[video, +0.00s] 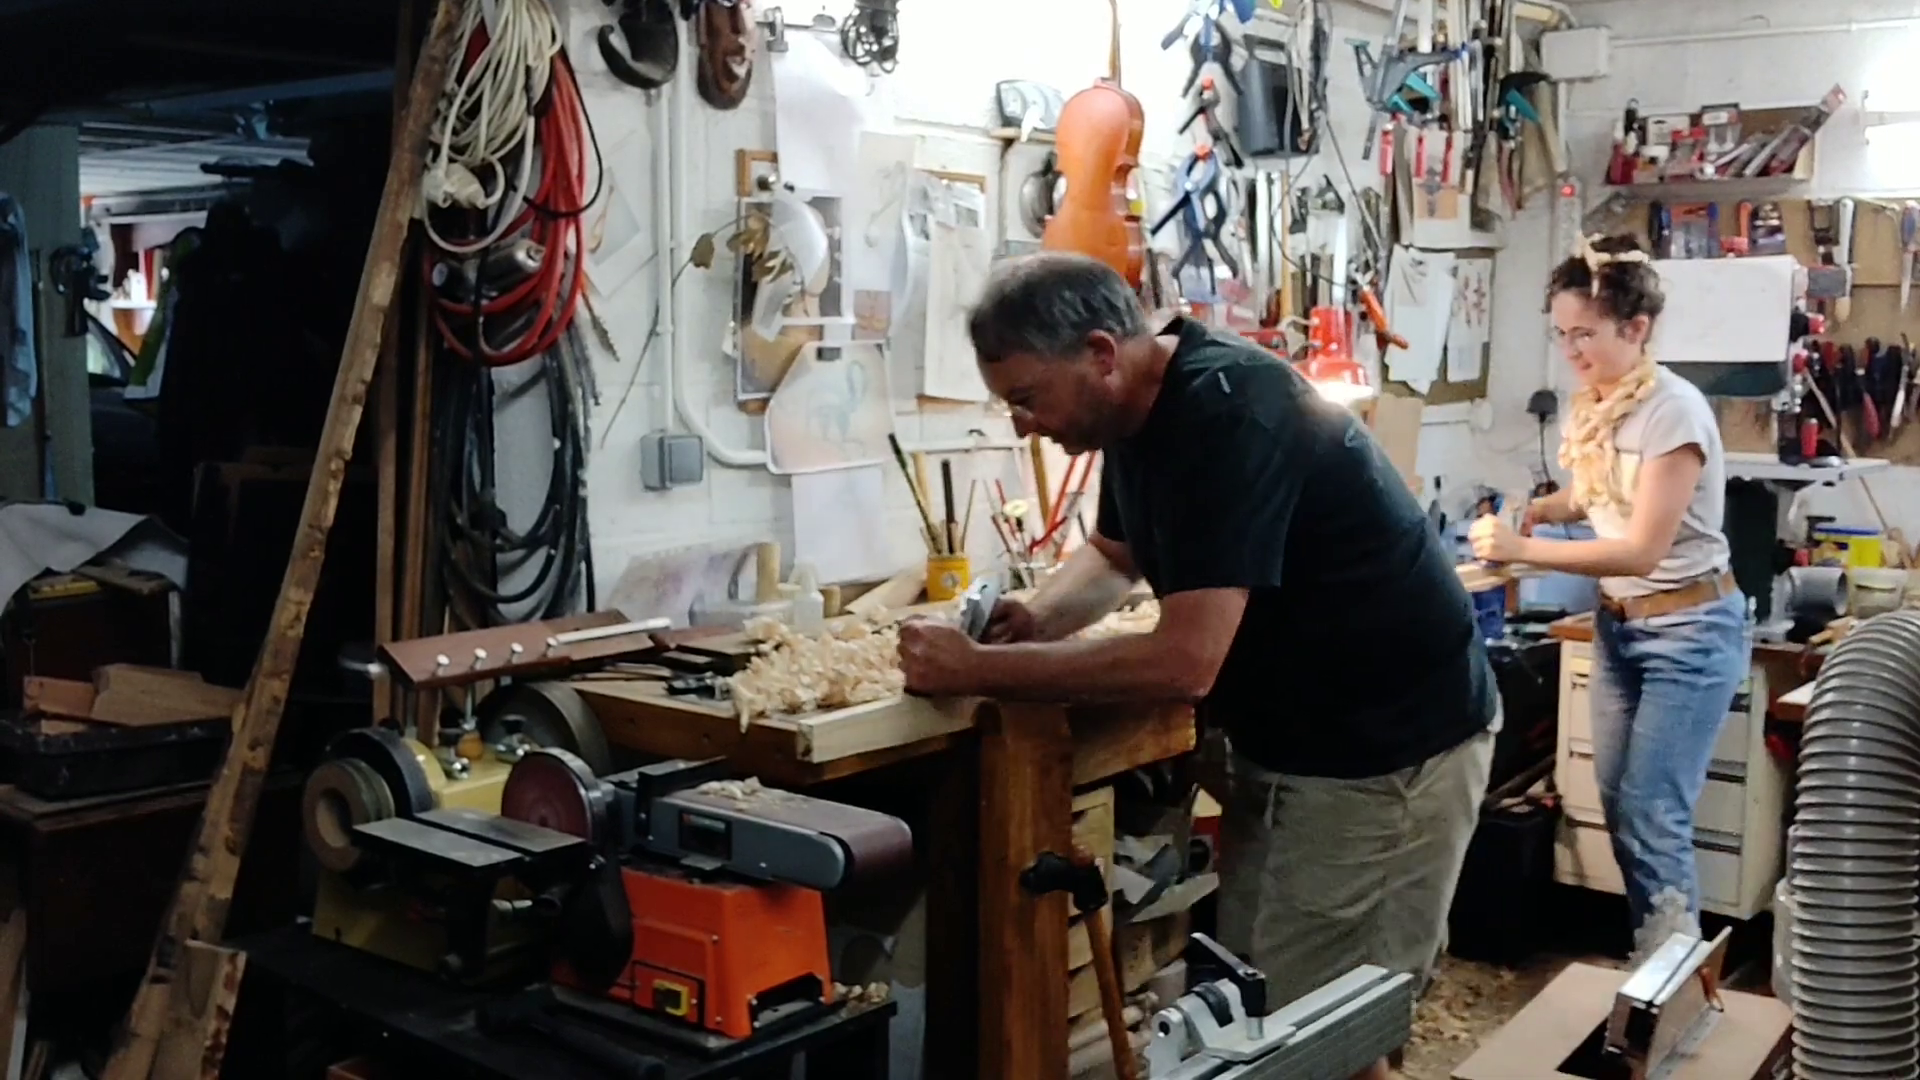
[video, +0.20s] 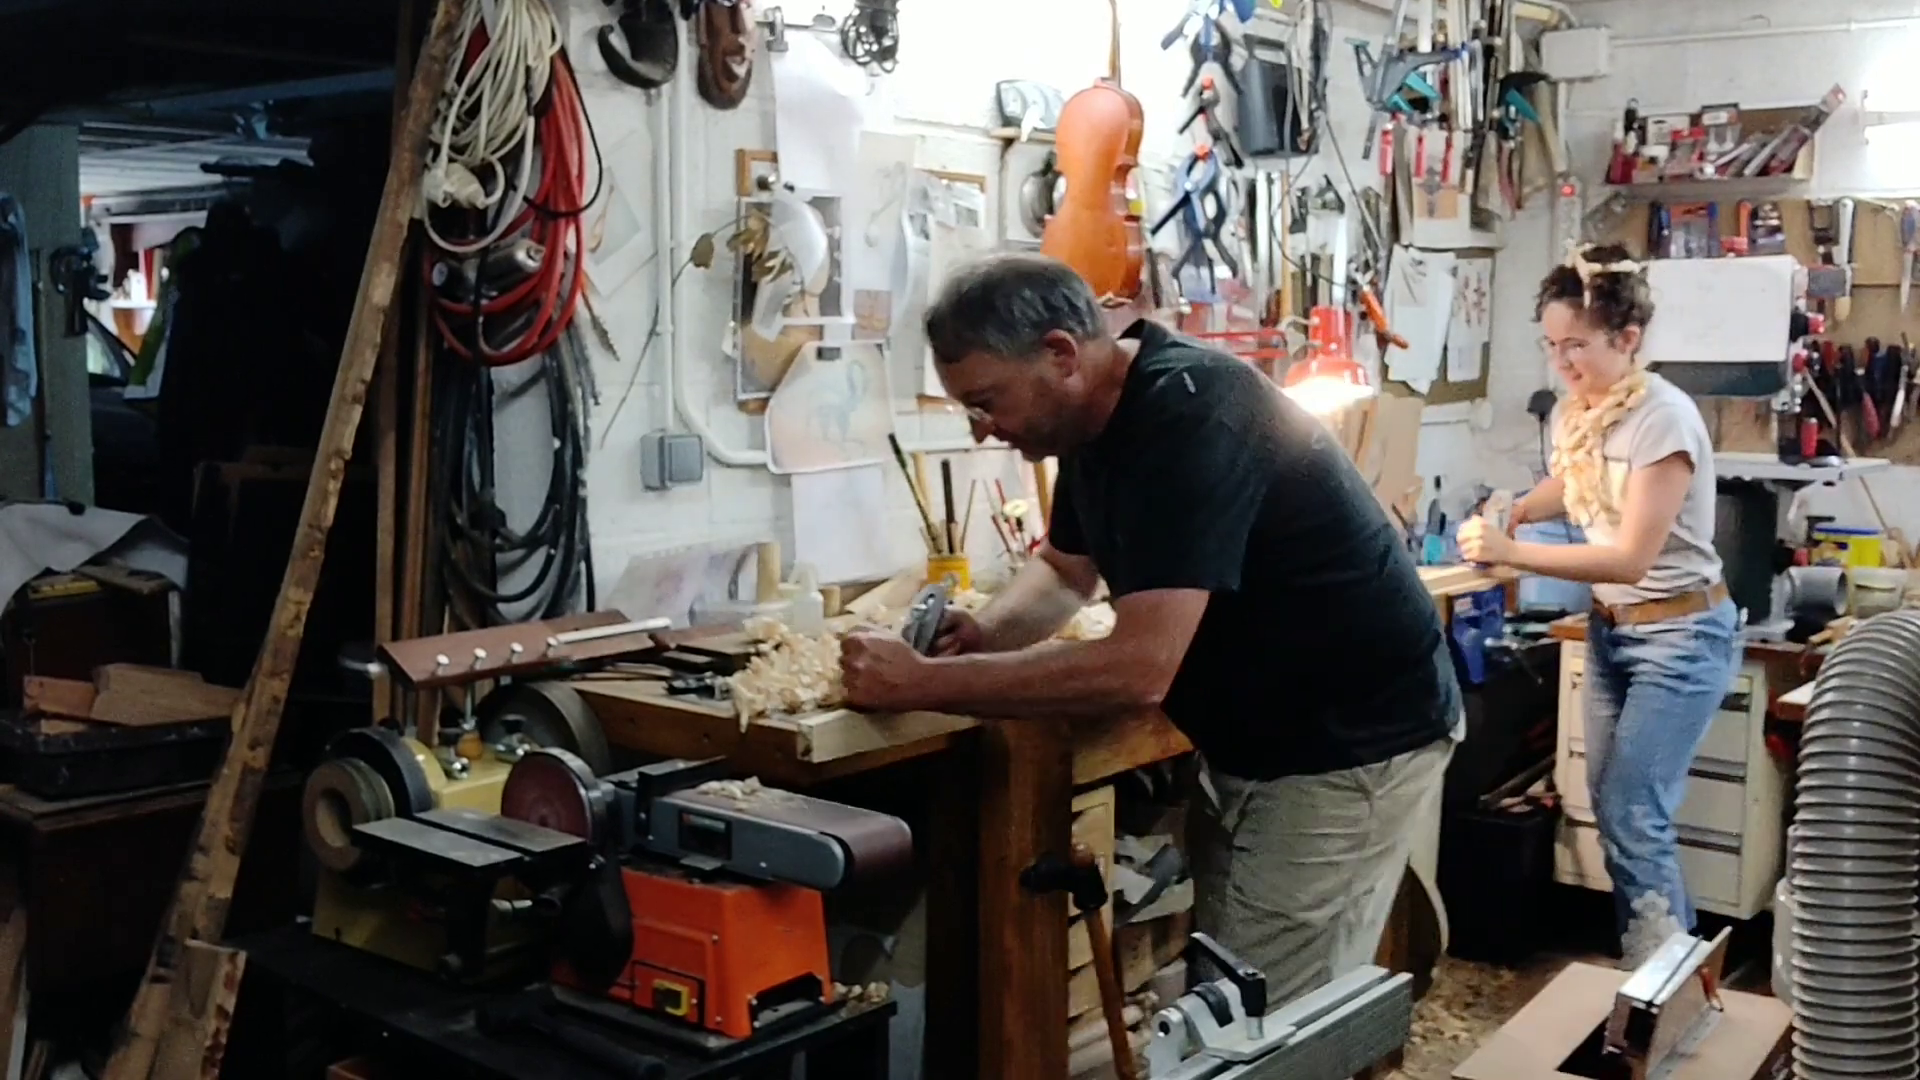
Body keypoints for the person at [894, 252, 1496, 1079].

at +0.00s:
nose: (1021, 425)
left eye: (1026, 397)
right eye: (1010, 405)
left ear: (1101, 354)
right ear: (1102, 353)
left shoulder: (1230, 411)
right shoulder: (1137, 408)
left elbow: (1185, 663)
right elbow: (1115, 553)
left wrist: (975, 669)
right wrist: (1037, 616)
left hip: (1383, 752)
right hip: (1283, 741)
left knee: (1326, 1033)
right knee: (1242, 1009)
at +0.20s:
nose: (984, 430)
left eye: (988, 403)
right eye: (972, 410)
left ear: (1063, 355)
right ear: (1064, 355)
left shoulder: (1194, 417)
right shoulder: (1097, 419)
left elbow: (1138, 668)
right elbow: (1065, 568)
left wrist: (922, 683)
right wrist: (987, 633)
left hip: (1349, 743)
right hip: (1250, 736)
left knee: (1261, 1024)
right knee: (1220, 1003)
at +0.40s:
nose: (946, 419)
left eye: (952, 391)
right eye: (936, 397)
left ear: (1029, 346)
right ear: (1031, 346)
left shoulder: (1156, 413)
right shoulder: (1080, 410)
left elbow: (1087, 678)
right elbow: (1046, 579)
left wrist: (865, 693)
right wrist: (946, 638)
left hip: (1312, 763)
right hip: (1237, 753)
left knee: (1226, 1042)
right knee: (1211, 1029)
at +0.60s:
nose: (912, 366)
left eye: (915, 331)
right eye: (901, 341)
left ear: (996, 293)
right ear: (998, 293)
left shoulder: (1112, 377)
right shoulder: (1110, 365)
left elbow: (1009, 629)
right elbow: (1009, 612)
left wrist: (794, 651)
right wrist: (829, 652)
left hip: (1262, 794)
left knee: (1119, 1061)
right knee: (1236, 1056)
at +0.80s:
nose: (933, 277)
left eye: (933, 242)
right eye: (923, 250)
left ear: (1010, 213)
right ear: (1019, 211)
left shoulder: (1092, 320)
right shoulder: (1180, 287)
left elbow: (943, 544)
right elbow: (1104, 547)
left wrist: (783, 526)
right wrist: (916, 568)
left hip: (1224, 793)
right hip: (1340, 756)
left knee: (1109, 1063)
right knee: (1308, 1052)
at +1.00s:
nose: (1020, 215)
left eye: (1017, 180)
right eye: (1010, 187)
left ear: (1086, 154)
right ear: (1149, 149)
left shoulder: (1124, 289)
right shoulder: (1305, 278)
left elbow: (922, 497)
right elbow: (1266, 508)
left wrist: (806, 430)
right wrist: (1067, 518)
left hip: (1198, 797)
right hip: (1359, 771)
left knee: (1074, 1064)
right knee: (1296, 1062)